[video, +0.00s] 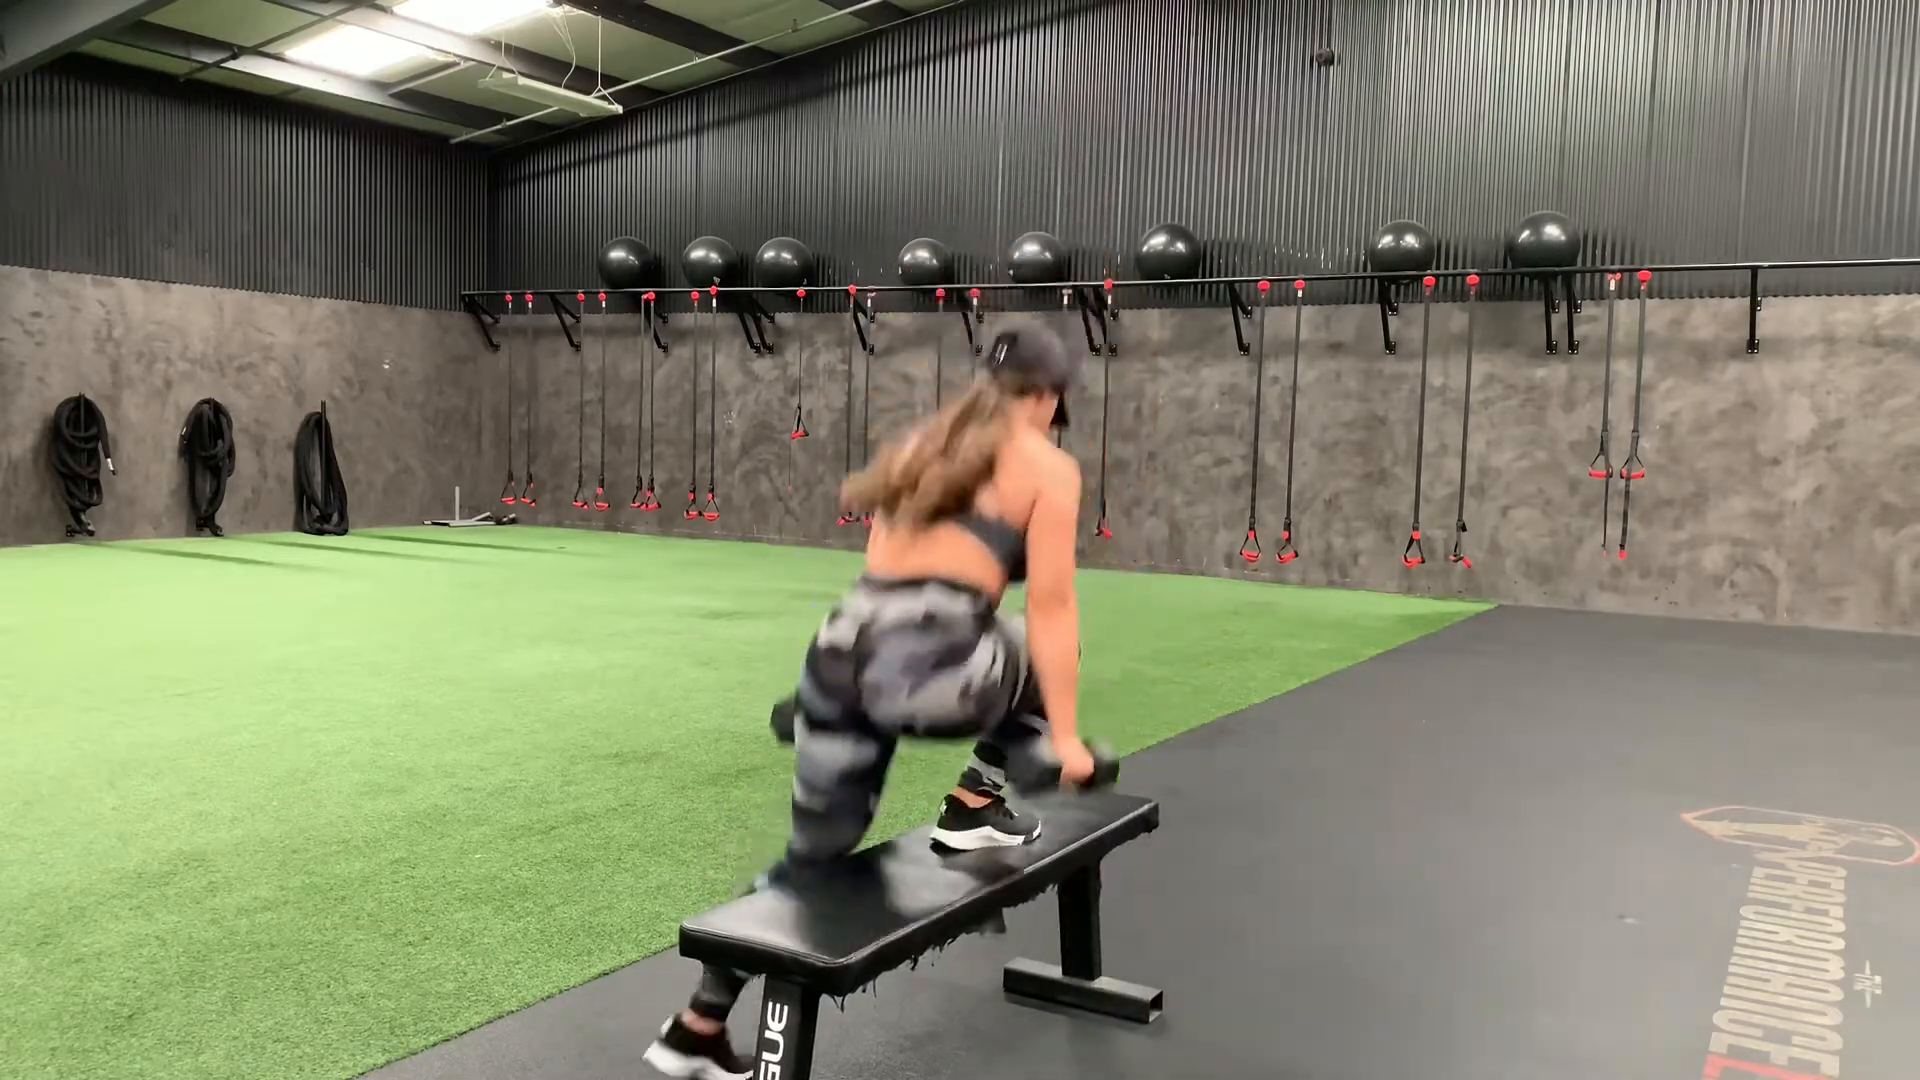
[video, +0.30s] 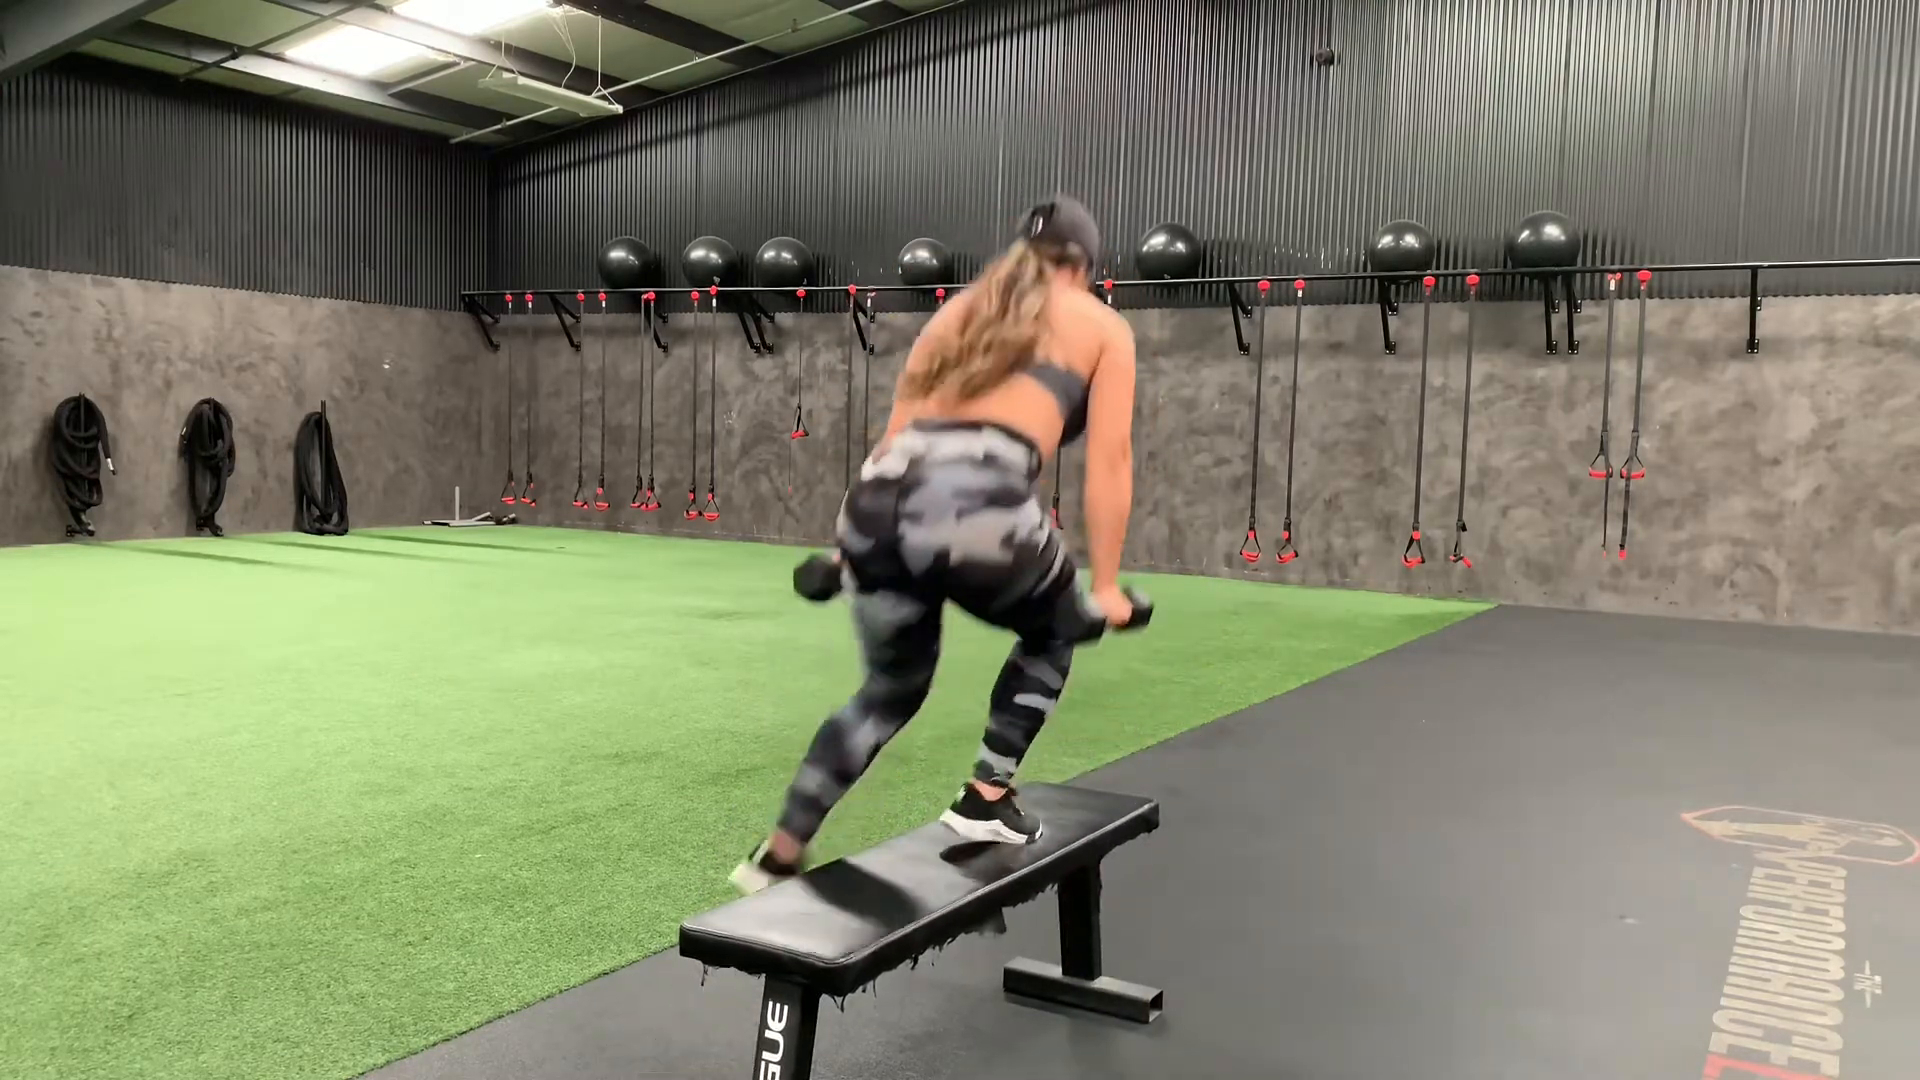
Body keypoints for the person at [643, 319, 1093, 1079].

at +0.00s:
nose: (1059, 412)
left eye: (1058, 400)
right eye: (1060, 400)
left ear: (990, 384)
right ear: (1047, 397)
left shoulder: (920, 443)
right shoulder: (1048, 465)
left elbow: (881, 577)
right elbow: (1053, 607)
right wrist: (1064, 736)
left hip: (842, 665)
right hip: (936, 671)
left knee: (813, 856)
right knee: (1038, 664)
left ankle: (700, 1022)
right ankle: (974, 803)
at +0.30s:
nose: (1088, 285)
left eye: (1086, 275)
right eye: (1089, 274)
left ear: (1019, 257)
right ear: (1080, 267)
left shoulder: (954, 312)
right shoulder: (1102, 326)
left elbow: (897, 432)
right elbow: (1109, 462)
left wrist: (849, 545)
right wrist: (1105, 587)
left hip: (882, 505)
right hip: (980, 507)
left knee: (891, 687)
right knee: (1054, 624)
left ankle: (779, 853)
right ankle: (985, 796)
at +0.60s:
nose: (1105, 263)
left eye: (1095, 248)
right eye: (1103, 251)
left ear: (1011, 251)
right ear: (1094, 253)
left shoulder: (954, 314)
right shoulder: (1124, 320)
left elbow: (910, 432)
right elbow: (1128, 454)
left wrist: (866, 538)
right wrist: (1144, 583)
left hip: (931, 506)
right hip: (1043, 507)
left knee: (984, 626)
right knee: (1065, 739)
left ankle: (997, 794)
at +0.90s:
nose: (1093, 395)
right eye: (1095, 384)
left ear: (1020, 376)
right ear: (1089, 382)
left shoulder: (963, 444)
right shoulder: (1121, 458)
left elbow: (916, 578)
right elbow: (1148, 599)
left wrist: (887, 686)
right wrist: (1173, 717)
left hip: (968, 649)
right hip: (1073, 658)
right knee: (1071, 873)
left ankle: (1001, 785)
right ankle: (1078, 1058)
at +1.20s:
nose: (1094, 229)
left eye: (1094, 220)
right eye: (1096, 218)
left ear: (1025, 203)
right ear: (1087, 211)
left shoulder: (959, 259)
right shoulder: (1106, 273)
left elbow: (911, 376)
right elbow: (1108, 403)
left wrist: (874, 496)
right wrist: (1113, 524)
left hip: (894, 429)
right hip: (998, 429)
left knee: (950, 592)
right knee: (1056, 602)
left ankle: (956, 769)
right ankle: (1025, 778)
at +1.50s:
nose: (1073, 354)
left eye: (1071, 341)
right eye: (1073, 341)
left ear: (1002, 326)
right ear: (1064, 339)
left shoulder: (938, 384)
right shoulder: (1063, 413)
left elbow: (891, 500)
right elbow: (1058, 551)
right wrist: (1060, 679)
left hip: (846, 601)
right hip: (935, 605)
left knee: (808, 790)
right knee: (1043, 637)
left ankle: (712, 966)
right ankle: (975, 796)